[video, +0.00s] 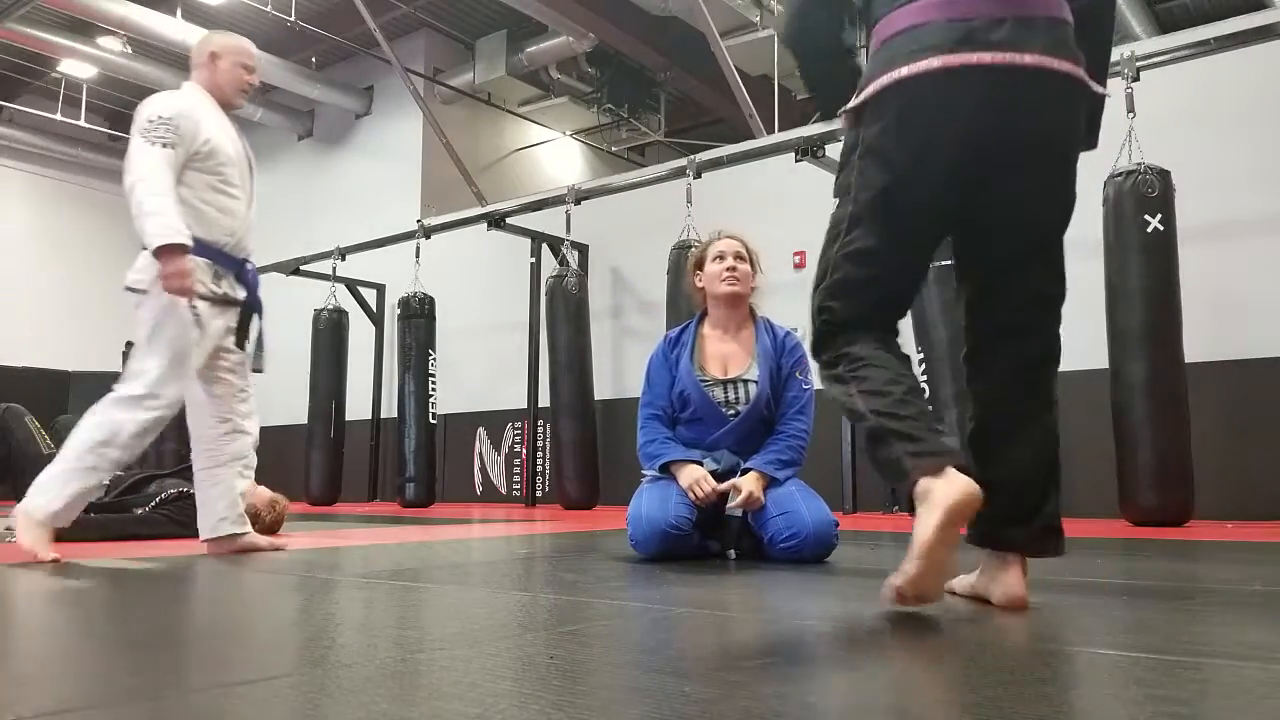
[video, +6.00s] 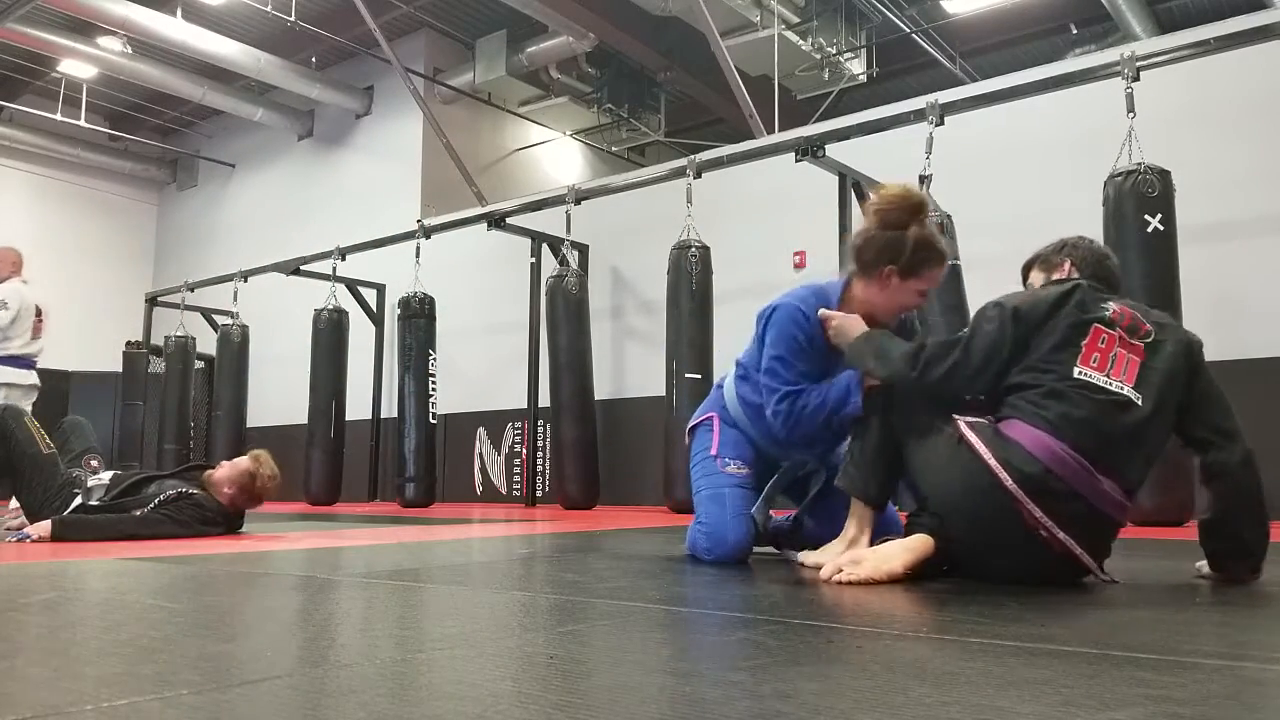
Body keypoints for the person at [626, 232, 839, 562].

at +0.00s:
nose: (731, 264)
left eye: (740, 259)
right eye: (719, 258)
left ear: (753, 280)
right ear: (699, 279)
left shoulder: (784, 346)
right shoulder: (671, 348)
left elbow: (795, 428)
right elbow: (652, 426)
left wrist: (759, 475)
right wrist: (682, 467)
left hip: (761, 475)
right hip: (682, 475)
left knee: (813, 536)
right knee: (653, 534)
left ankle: (742, 534)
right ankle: (715, 541)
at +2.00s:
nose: (782, 277)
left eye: (788, 270)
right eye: (770, 268)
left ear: (795, 280)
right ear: (742, 276)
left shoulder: (799, 345)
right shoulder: (708, 329)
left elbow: (803, 421)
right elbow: (688, 405)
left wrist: (800, 461)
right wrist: (731, 374)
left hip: (777, 476)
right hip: (702, 472)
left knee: (867, 525)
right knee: (680, 537)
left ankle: (764, 532)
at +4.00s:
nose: (846, 289)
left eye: (848, 279)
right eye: (837, 276)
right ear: (799, 273)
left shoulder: (835, 342)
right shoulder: (741, 331)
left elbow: (860, 412)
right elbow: (744, 404)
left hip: (788, 466)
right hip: (710, 461)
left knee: (881, 532)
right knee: (730, 539)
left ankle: (783, 519)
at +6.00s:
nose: (922, 306)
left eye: (927, 296)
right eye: (920, 293)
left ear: (889, 279)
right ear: (888, 277)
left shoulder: (900, 331)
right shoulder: (796, 314)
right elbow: (785, 416)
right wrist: (863, 380)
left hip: (810, 447)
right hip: (734, 427)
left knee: (884, 533)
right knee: (727, 545)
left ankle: (768, 527)